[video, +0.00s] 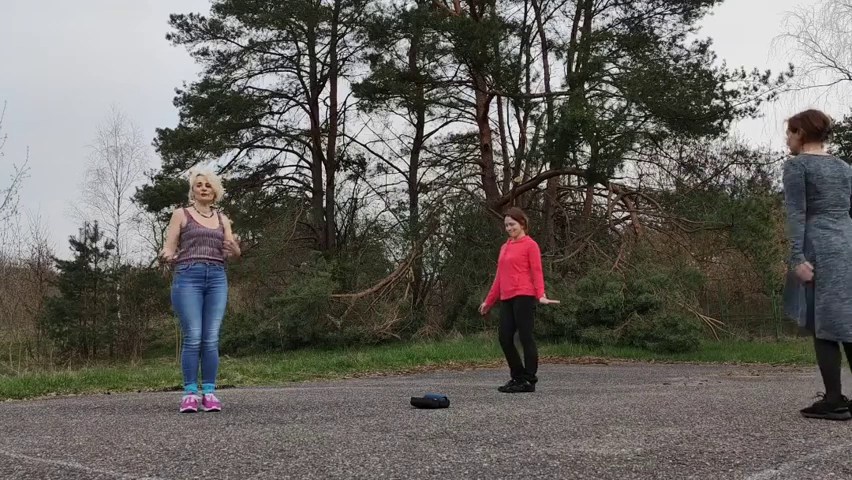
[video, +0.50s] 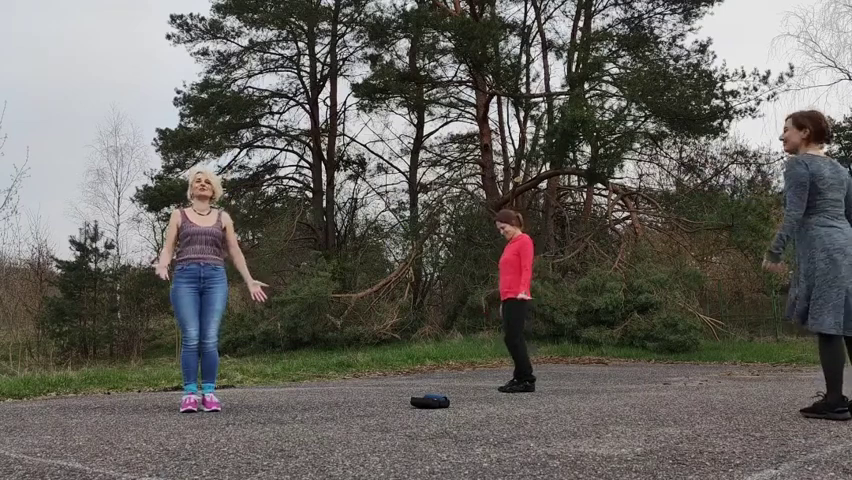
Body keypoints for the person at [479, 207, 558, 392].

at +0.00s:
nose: (509, 227)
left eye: (512, 224)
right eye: (507, 225)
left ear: (522, 223)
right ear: (505, 227)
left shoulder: (530, 245)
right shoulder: (505, 247)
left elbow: (537, 270)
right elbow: (499, 278)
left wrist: (541, 294)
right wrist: (488, 301)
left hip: (524, 296)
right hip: (506, 298)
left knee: (526, 337)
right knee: (505, 339)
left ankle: (529, 380)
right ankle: (518, 377)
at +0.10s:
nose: (507, 227)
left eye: (510, 223)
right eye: (505, 224)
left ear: (521, 223)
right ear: (503, 226)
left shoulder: (529, 243)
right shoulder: (506, 246)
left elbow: (535, 269)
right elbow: (500, 276)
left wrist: (539, 294)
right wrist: (489, 299)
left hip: (523, 295)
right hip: (506, 297)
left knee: (524, 337)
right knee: (507, 338)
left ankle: (529, 380)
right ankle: (518, 377)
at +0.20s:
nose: (505, 227)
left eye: (508, 223)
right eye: (503, 224)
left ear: (519, 222)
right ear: (502, 226)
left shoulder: (528, 241)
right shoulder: (506, 245)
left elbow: (534, 268)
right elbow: (501, 275)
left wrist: (535, 293)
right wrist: (491, 299)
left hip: (521, 295)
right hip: (506, 296)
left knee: (519, 336)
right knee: (511, 337)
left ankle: (527, 379)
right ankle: (518, 377)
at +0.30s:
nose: (504, 229)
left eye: (506, 224)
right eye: (501, 226)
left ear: (517, 222)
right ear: (501, 227)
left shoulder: (527, 241)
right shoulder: (508, 245)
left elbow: (532, 269)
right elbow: (504, 278)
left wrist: (532, 292)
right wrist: (494, 300)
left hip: (520, 295)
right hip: (507, 296)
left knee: (515, 336)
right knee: (513, 337)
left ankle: (527, 379)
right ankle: (519, 377)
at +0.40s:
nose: (502, 231)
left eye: (505, 227)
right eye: (500, 229)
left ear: (516, 224)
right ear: (502, 228)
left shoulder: (525, 241)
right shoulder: (510, 245)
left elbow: (529, 268)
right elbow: (505, 276)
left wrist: (528, 291)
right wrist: (499, 300)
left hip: (518, 297)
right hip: (507, 298)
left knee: (514, 338)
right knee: (511, 338)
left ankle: (525, 379)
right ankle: (520, 377)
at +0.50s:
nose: (502, 232)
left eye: (503, 227)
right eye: (499, 229)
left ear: (514, 224)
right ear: (503, 228)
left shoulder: (524, 241)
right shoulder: (511, 244)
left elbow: (526, 267)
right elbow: (508, 273)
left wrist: (523, 290)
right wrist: (503, 299)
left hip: (518, 297)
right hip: (508, 298)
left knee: (514, 337)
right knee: (511, 337)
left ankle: (525, 379)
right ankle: (520, 377)